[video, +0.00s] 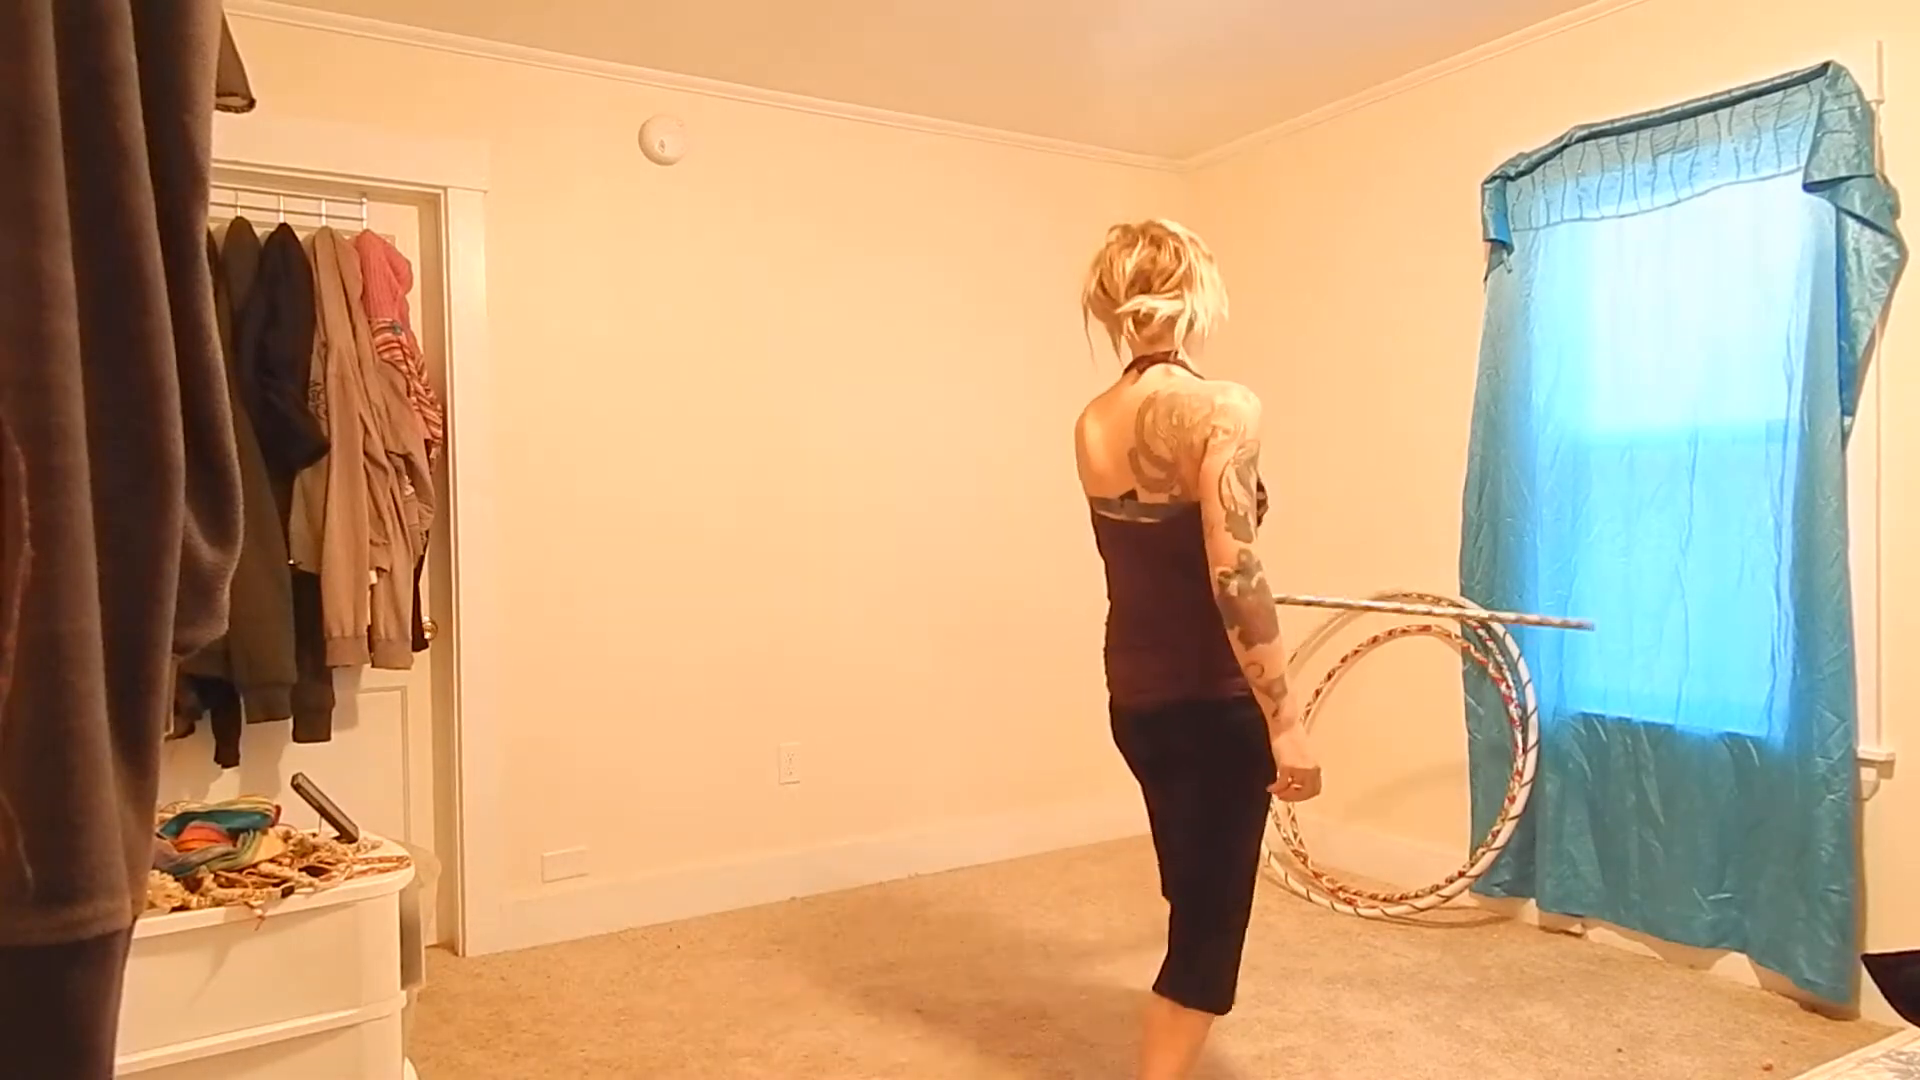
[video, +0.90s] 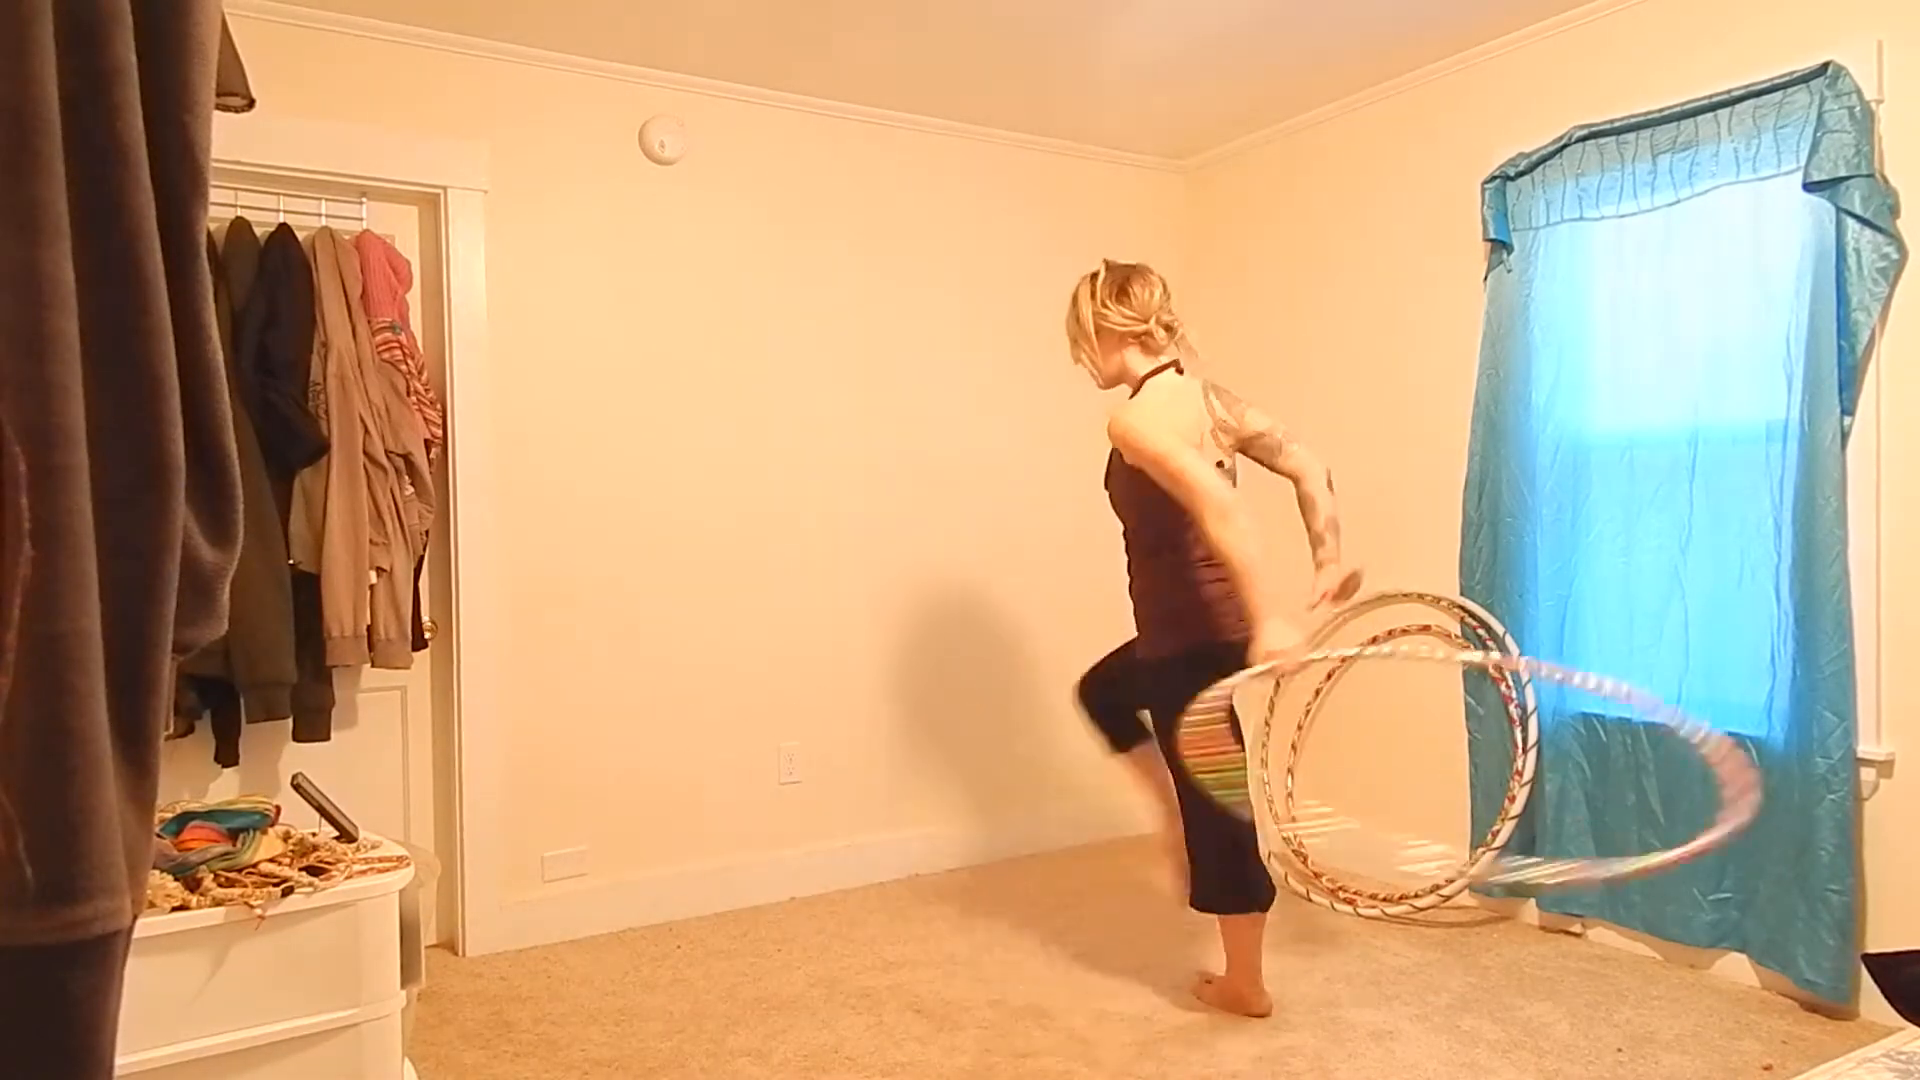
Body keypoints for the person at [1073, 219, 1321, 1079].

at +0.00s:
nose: (1199, 305)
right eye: (1198, 290)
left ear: (1111, 308)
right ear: (1196, 298)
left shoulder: (1094, 422)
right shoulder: (1215, 409)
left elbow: (1131, 574)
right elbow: (1232, 573)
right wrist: (1285, 718)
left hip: (1137, 700)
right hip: (1214, 697)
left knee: (1193, 915)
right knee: (1207, 933)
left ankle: (1180, 1059)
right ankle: (1155, 1070)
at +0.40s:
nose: (1134, 345)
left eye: (1123, 333)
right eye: (1195, 316)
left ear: (1125, 336)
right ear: (1202, 322)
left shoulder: (1109, 430)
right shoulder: (1251, 413)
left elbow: (1068, 550)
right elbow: (1280, 545)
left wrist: (1032, 624)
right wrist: (1309, 659)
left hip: (1156, 661)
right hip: (1251, 651)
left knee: (1202, 815)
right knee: (1300, 821)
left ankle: (1243, 984)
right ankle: (1265, 961)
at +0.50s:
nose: (1112, 352)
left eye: (1112, 336)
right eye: (1110, 338)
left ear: (1127, 334)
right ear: (1197, 323)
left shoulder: (1108, 432)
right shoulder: (1254, 413)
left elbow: (1057, 551)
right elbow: (1300, 536)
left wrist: (998, 643)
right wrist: (1325, 643)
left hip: (1159, 656)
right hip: (1251, 643)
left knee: (1203, 811)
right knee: (1311, 769)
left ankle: (1242, 982)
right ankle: (1272, 890)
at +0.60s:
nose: (1109, 355)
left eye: (1109, 338)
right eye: (1106, 339)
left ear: (1129, 333)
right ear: (1189, 324)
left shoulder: (1116, 430)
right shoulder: (1255, 411)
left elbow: (1069, 553)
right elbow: (1315, 525)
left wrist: (1009, 655)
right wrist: (1342, 624)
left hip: (1165, 648)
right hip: (1255, 630)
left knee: (1211, 807)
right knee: (1295, 719)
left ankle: (1246, 985)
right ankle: (1266, 776)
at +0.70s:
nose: (1103, 357)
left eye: (1102, 339)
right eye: (1099, 341)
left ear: (1126, 332)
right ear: (1180, 321)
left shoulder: (1125, 421)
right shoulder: (1245, 401)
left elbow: (1110, 544)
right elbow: (1320, 507)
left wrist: (1067, 657)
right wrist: (1343, 609)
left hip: (1173, 645)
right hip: (1257, 632)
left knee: (1210, 804)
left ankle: (1244, 983)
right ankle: (1272, 713)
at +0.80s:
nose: (1094, 353)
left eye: (1096, 337)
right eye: (1092, 338)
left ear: (1123, 332)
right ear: (1169, 324)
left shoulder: (1130, 418)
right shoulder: (1226, 399)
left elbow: (1171, 540)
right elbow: (1316, 481)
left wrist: (1183, 646)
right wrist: (1327, 591)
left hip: (1181, 629)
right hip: (1246, 620)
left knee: (1212, 795)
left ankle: (1245, 981)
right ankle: (1262, 765)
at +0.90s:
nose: (1082, 359)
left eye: (1084, 342)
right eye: (1081, 343)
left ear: (1114, 334)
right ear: (1155, 326)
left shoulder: (1136, 416)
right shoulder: (1208, 396)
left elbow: (1218, 513)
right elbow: (1307, 466)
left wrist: (1267, 619)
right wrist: (1331, 558)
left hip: (1187, 646)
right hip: (1219, 635)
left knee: (1217, 809)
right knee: (1101, 694)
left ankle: (1244, 982)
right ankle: (1182, 826)